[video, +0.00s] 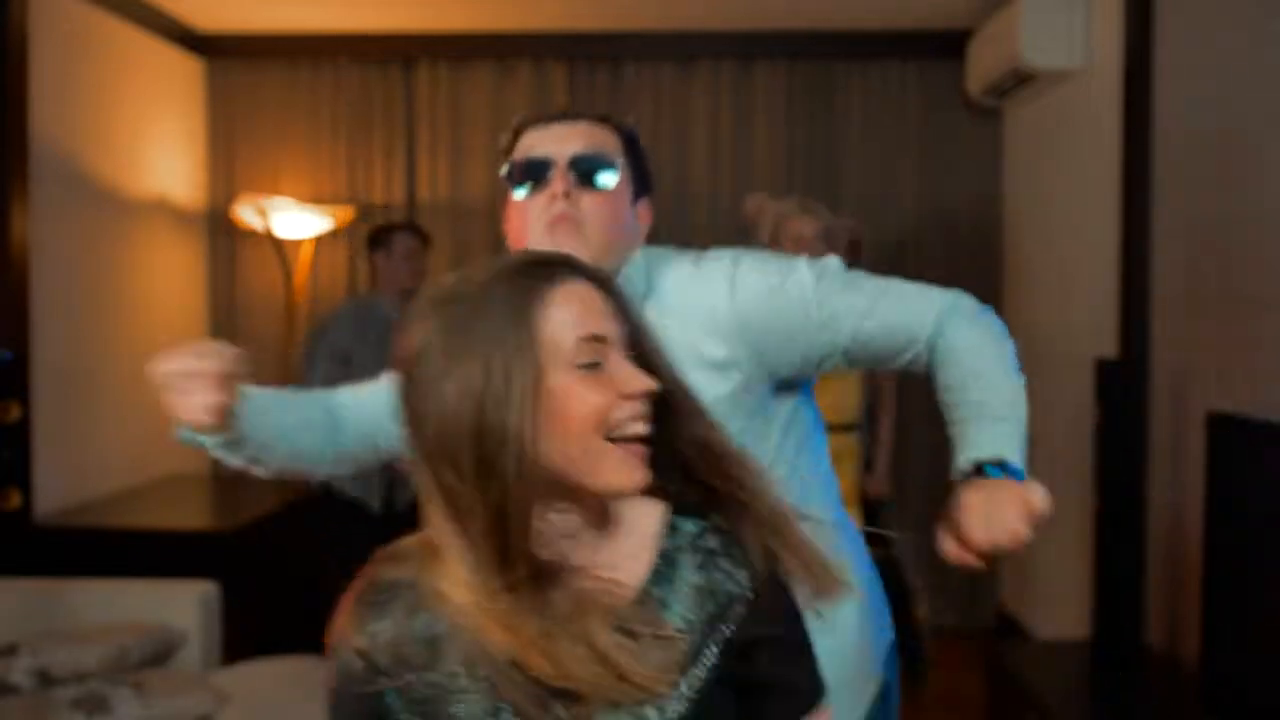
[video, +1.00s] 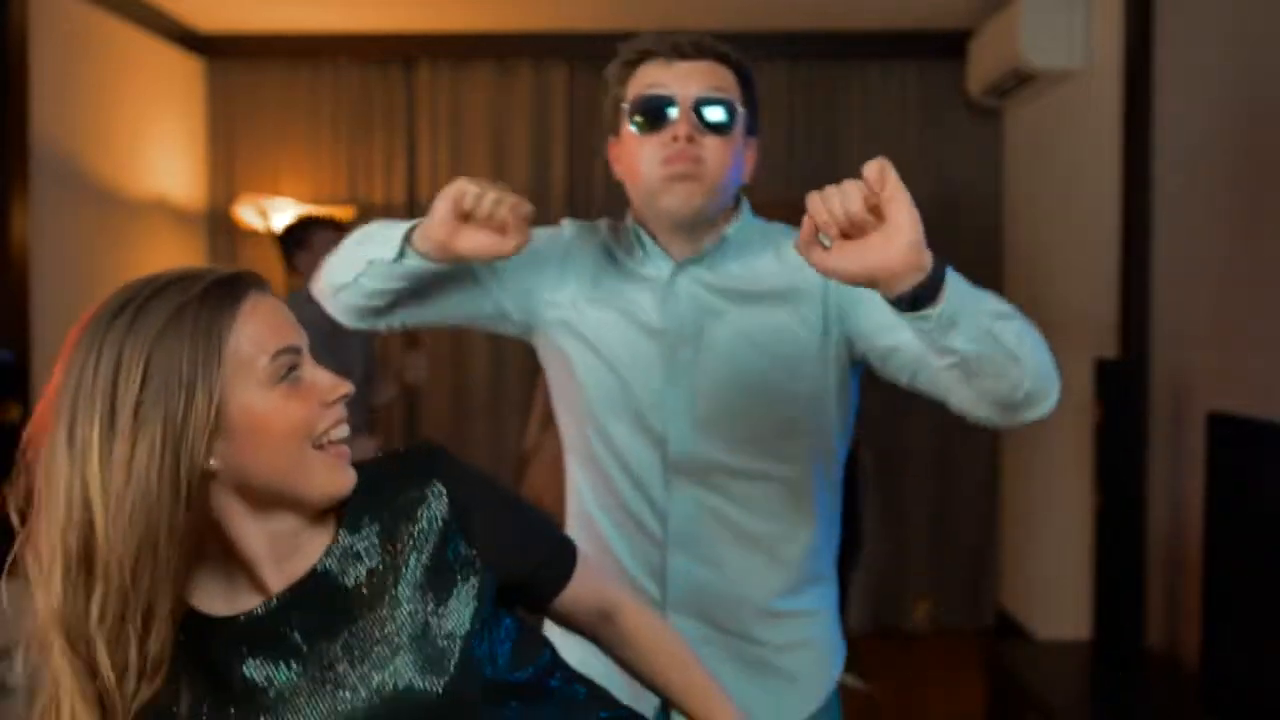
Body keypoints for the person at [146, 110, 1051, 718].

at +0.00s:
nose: (556, 196)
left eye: (588, 177)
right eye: (530, 180)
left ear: (641, 211)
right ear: (500, 215)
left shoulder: (717, 291)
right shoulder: (486, 340)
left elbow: (955, 321)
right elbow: (359, 422)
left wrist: (991, 465)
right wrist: (234, 413)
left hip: (806, 661)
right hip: (599, 668)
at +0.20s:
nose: (632, 136)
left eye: (662, 116)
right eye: (602, 121)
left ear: (712, 156)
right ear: (573, 170)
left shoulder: (805, 276)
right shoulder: (513, 304)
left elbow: (990, 422)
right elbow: (308, 377)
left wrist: (928, 414)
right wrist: (91, 385)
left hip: (816, 669)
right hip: (600, 676)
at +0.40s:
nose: (709, 168)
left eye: (739, 148)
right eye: (676, 155)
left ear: (782, 191)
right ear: (648, 208)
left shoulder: (850, 352)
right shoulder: (565, 321)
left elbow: (951, 600)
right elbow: (378, 403)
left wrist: (885, 451)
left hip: (798, 692)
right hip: (621, 688)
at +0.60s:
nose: (760, 242)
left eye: (788, 220)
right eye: (726, 228)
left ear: (828, 262)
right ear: (692, 275)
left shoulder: (864, 420)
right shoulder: (597, 373)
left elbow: (926, 655)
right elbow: (451, 441)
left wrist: (889, 454)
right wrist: (291, 402)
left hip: (785, 713)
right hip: (618, 703)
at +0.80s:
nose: (735, 193)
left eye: (764, 175)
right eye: (705, 179)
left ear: (805, 218)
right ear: (672, 226)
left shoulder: (852, 365)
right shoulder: (591, 325)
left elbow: (977, 547)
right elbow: (431, 389)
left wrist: (901, 359)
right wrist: (382, 317)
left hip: (783, 704)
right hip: (612, 697)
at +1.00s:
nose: (683, 134)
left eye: (713, 117)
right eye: (652, 115)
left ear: (747, 158)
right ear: (615, 154)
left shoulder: (825, 277)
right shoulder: (558, 266)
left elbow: (1026, 393)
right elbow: (343, 293)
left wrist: (918, 287)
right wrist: (424, 246)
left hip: (779, 685)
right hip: (604, 676)